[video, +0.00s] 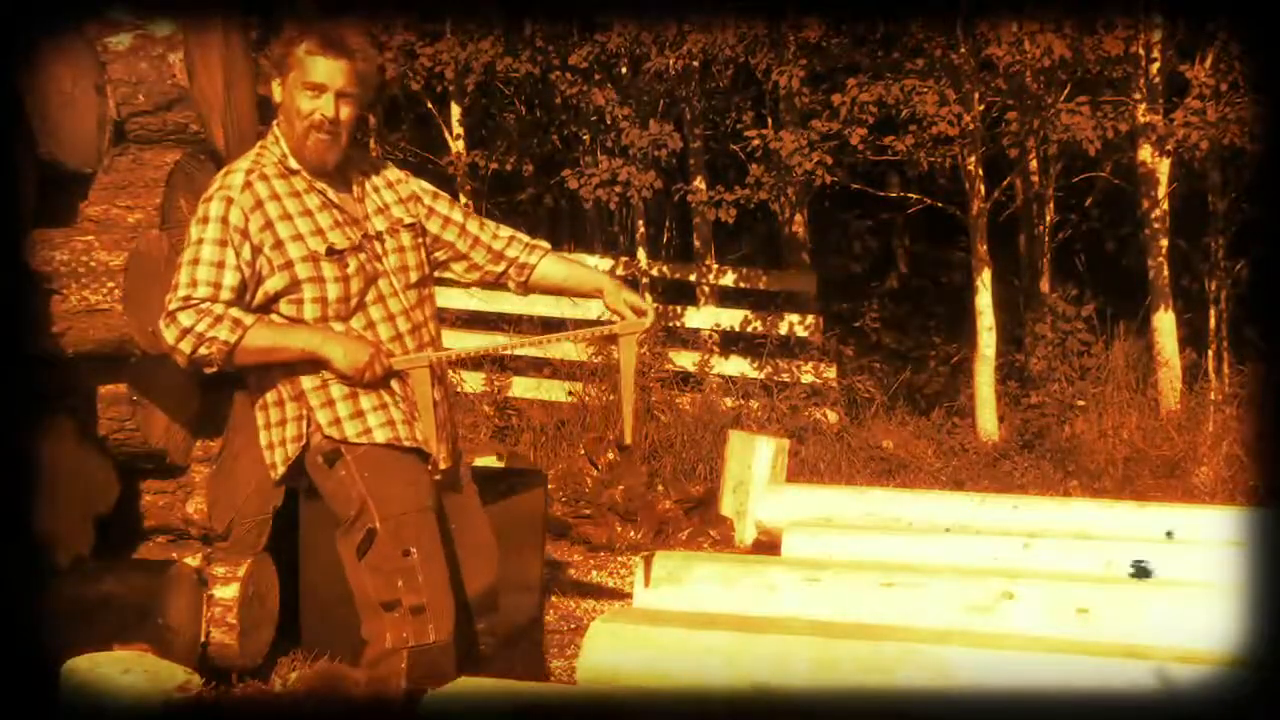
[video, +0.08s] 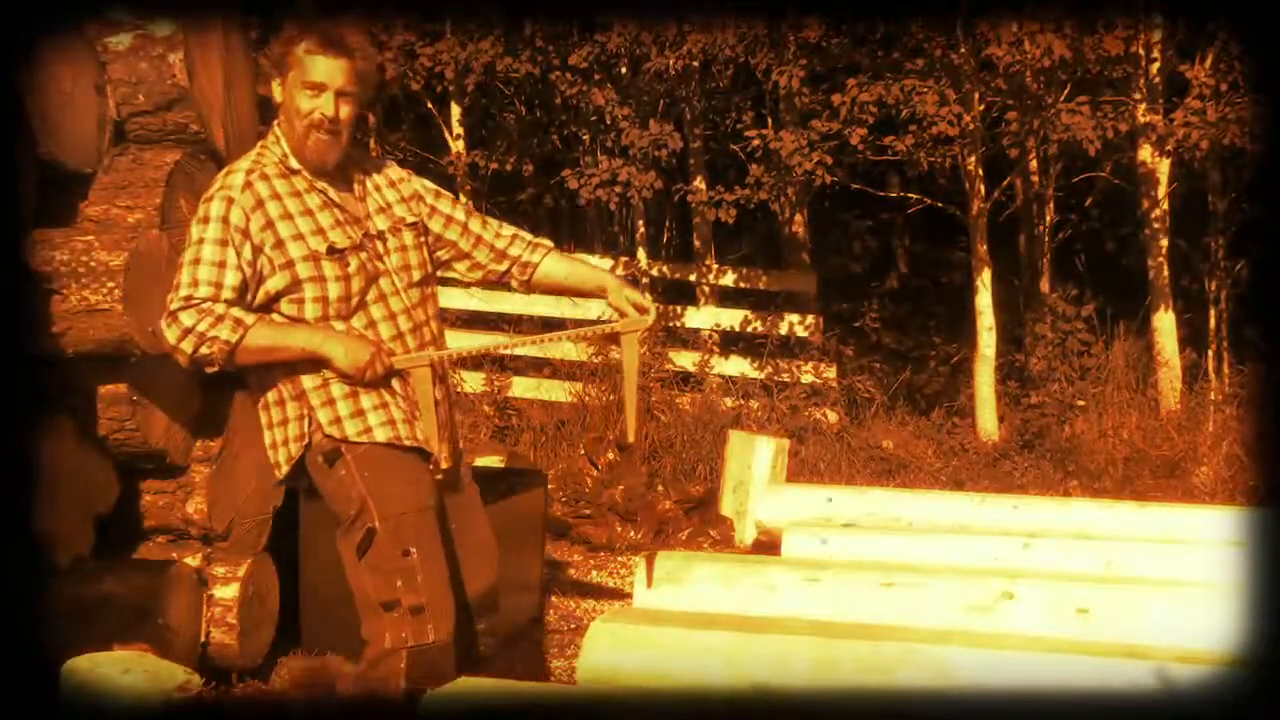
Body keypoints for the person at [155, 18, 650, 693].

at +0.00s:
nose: (329, 113)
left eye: (347, 98)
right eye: (313, 92)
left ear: (366, 109)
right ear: (277, 92)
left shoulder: (390, 186)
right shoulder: (240, 193)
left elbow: (495, 249)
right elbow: (191, 325)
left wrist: (601, 282)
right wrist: (319, 341)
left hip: (426, 428)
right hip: (344, 429)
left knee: (483, 601)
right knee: (416, 627)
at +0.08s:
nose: (329, 112)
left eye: (347, 98)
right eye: (313, 91)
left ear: (367, 108)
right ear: (278, 92)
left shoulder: (390, 183)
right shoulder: (241, 193)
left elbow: (496, 247)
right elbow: (192, 325)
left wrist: (603, 279)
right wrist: (320, 340)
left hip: (428, 428)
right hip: (346, 429)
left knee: (480, 598)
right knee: (416, 627)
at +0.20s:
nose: (330, 110)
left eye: (348, 95)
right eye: (315, 90)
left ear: (369, 108)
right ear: (281, 93)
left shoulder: (394, 184)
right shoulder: (243, 191)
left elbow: (498, 246)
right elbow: (191, 320)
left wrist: (608, 277)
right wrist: (318, 337)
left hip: (431, 431)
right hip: (344, 432)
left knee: (479, 598)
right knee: (416, 624)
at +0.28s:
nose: (333, 111)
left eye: (351, 97)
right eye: (318, 91)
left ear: (371, 110)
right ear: (284, 92)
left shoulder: (395, 185)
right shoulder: (244, 189)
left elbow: (503, 247)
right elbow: (190, 317)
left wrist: (612, 278)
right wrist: (318, 336)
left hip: (429, 434)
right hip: (340, 437)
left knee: (479, 595)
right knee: (412, 616)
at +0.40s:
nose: (335, 113)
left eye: (353, 100)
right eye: (321, 92)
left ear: (372, 112)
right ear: (288, 92)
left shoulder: (395, 186)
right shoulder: (245, 189)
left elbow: (502, 251)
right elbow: (188, 315)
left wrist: (610, 279)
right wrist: (315, 336)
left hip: (431, 430)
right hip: (343, 433)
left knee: (478, 601)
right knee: (415, 621)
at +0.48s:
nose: (335, 112)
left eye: (353, 99)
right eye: (321, 93)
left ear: (372, 109)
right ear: (288, 91)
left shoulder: (395, 188)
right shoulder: (245, 188)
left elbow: (499, 256)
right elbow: (189, 315)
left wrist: (603, 282)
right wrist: (313, 334)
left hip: (428, 431)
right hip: (341, 432)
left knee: (478, 600)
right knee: (413, 622)